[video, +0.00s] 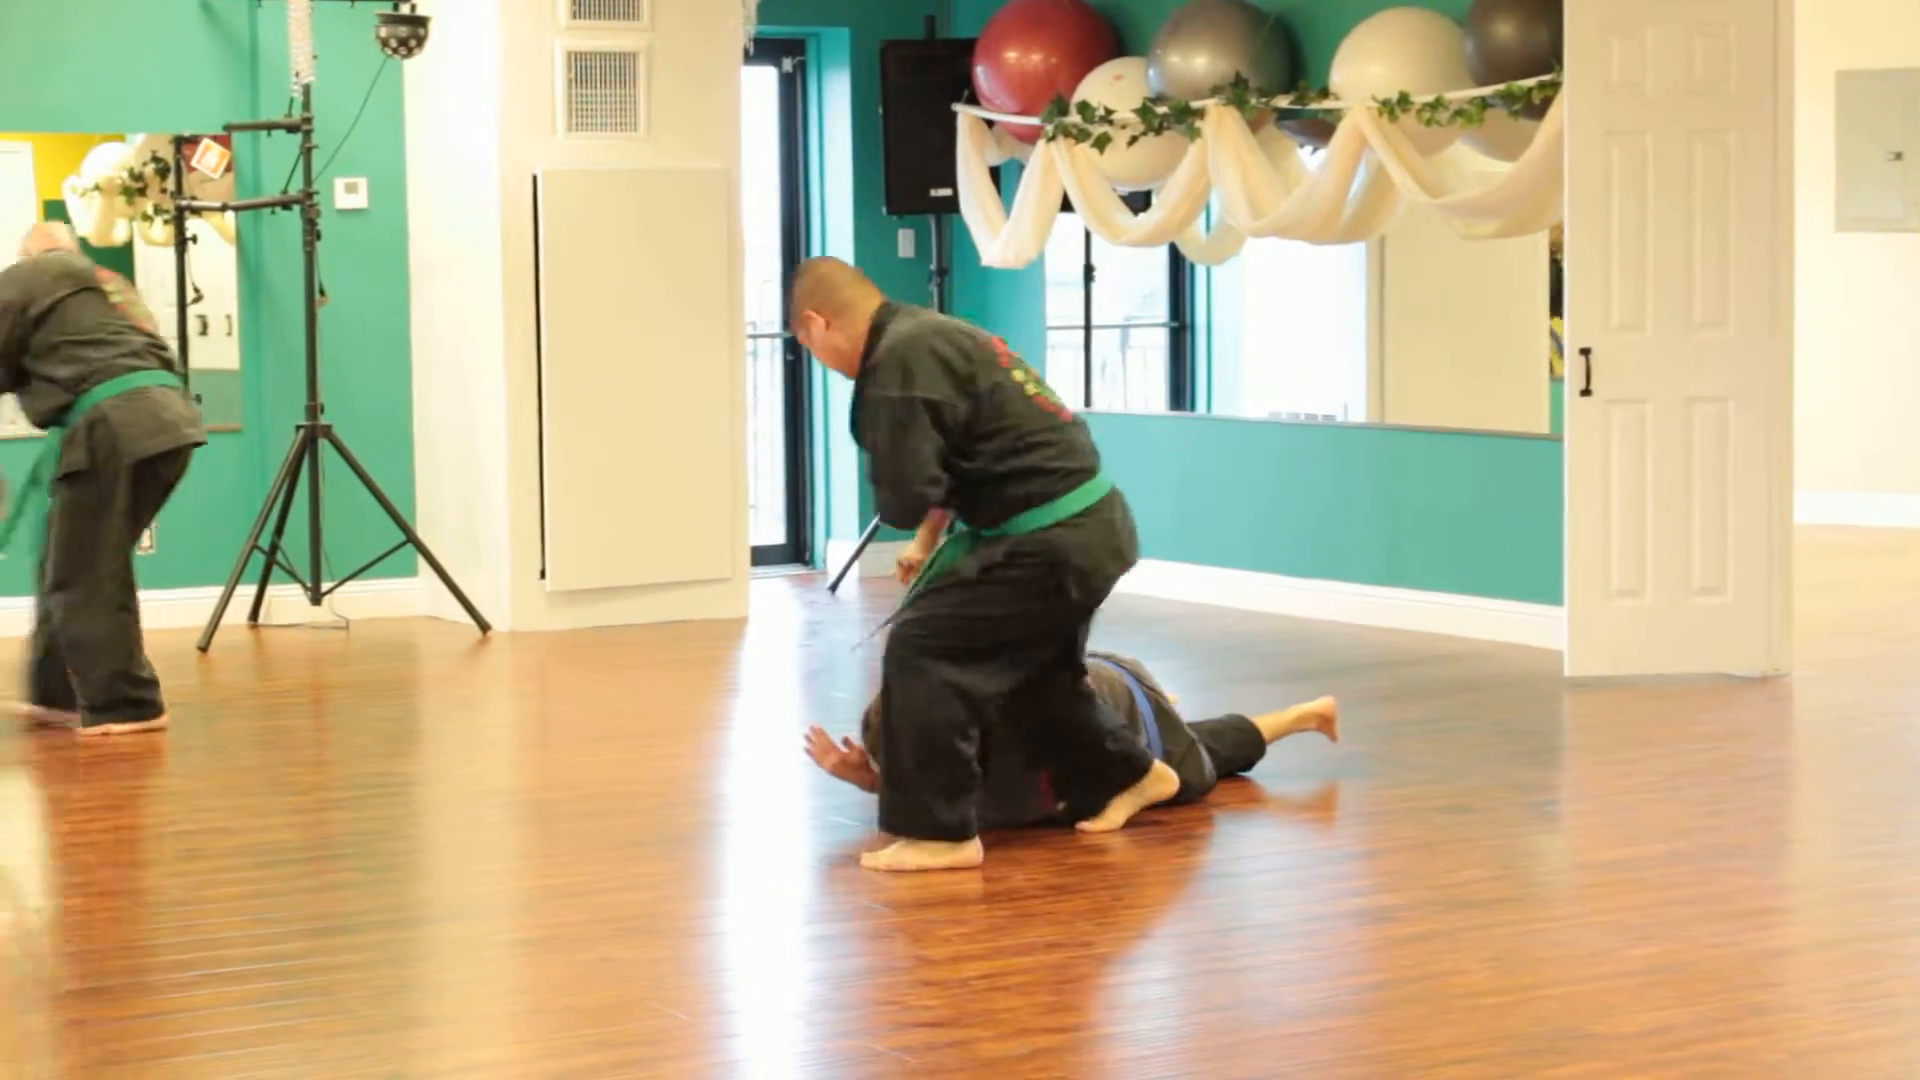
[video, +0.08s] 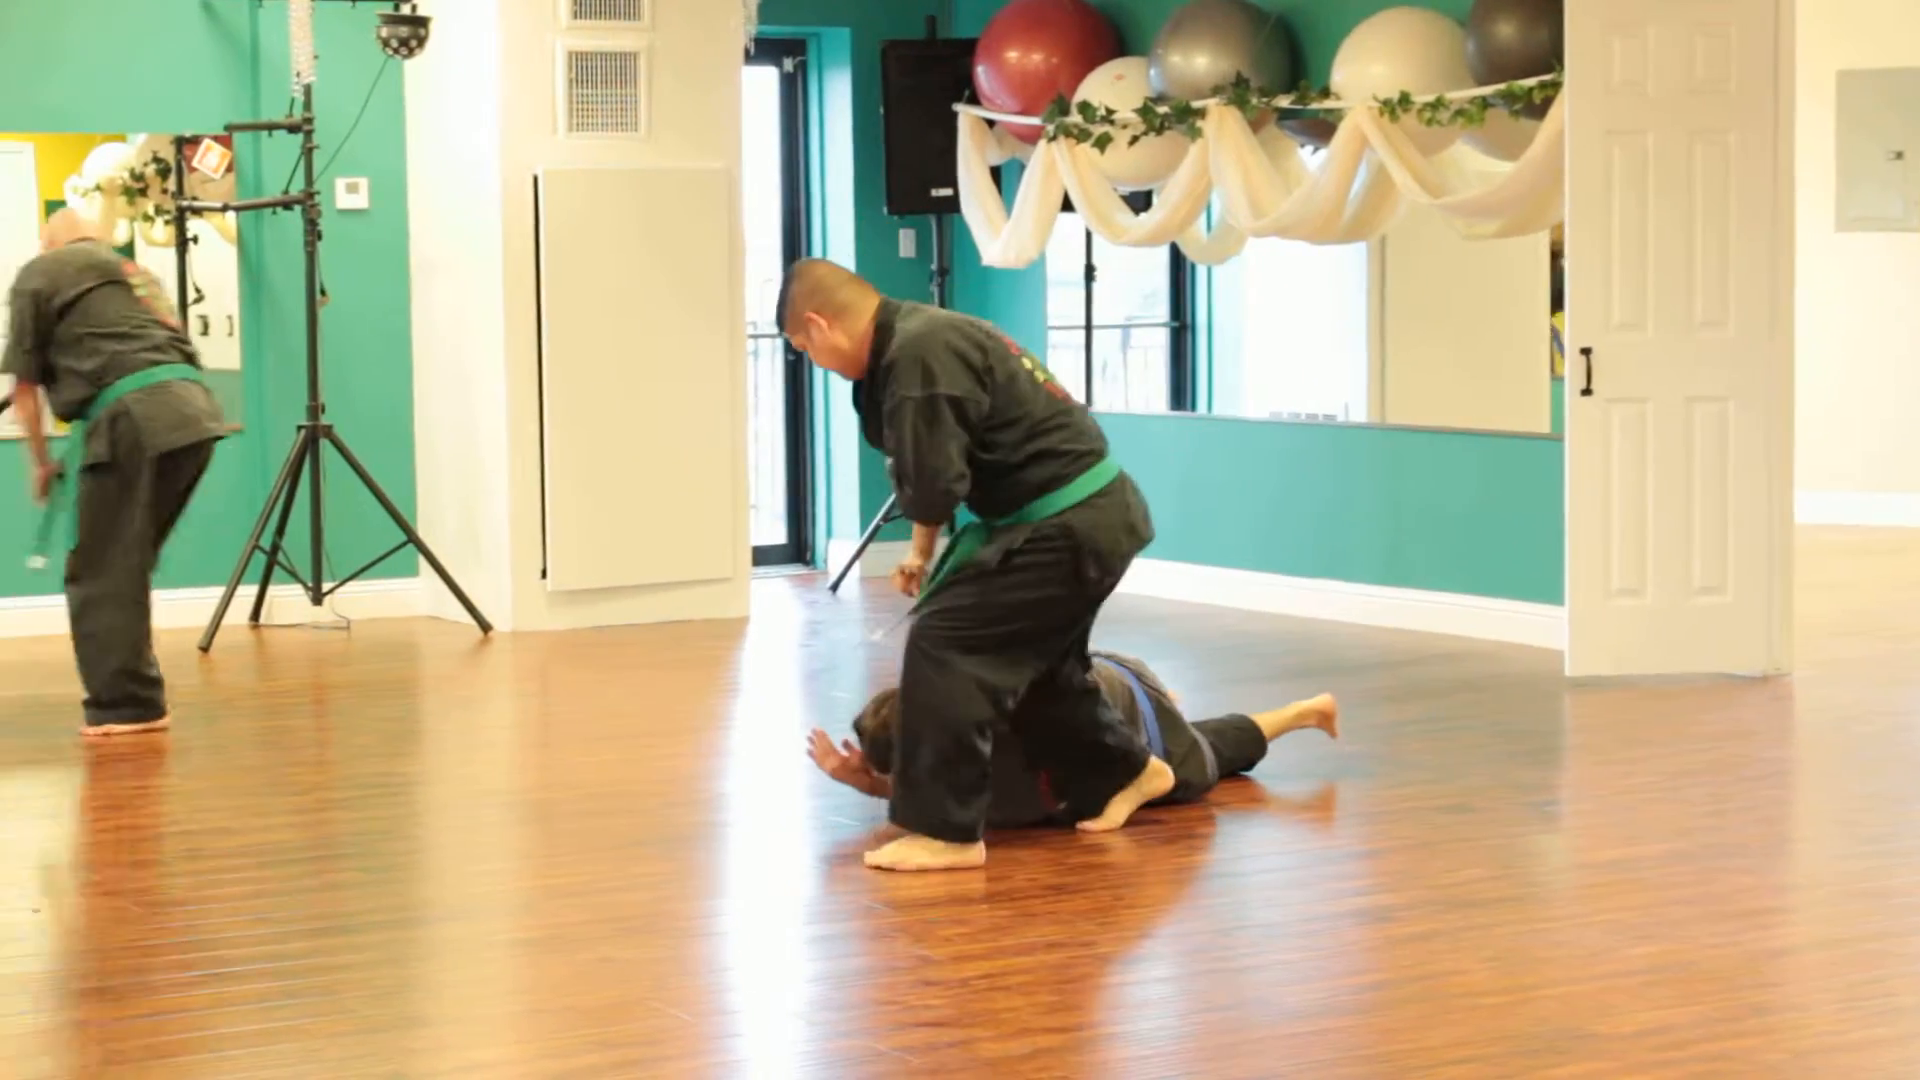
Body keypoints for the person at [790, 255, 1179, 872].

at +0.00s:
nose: (815, 356)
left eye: (806, 340)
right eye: (806, 343)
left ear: (820, 322)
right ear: (865, 298)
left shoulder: (897, 364)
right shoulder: (931, 331)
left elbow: (911, 497)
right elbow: (972, 448)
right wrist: (929, 537)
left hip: (1052, 542)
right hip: (1093, 524)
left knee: (919, 645)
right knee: (1034, 670)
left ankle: (938, 831)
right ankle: (1127, 775)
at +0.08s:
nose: (816, 364)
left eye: (806, 349)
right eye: (806, 353)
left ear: (822, 324)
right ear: (853, 301)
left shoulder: (917, 354)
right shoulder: (925, 333)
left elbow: (931, 487)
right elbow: (934, 467)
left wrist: (922, 552)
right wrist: (921, 550)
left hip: (1068, 523)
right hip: (1093, 512)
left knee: (940, 640)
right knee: (1038, 665)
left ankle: (944, 829)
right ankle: (1127, 770)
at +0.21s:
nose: (819, 360)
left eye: (809, 346)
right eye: (808, 349)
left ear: (826, 318)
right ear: (845, 302)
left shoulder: (928, 347)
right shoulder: (910, 346)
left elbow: (945, 484)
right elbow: (917, 462)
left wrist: (904, 474)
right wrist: (918, 552)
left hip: (1077, 510)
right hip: (1088, 503)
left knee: (954, 638)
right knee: (1041, 668)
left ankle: (950, 832)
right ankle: (1132, 769)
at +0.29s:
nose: (820, 356)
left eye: (810, 341)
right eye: (809, 345)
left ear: (828, 314)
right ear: (845, 300)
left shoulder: (931, 343)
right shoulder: (907, 348)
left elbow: (944, 478)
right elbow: (917, 464)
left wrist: (900, 478)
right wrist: (915, 556)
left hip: (1076, 511)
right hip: (1079, 507)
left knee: (950, 634)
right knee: (1040, 668)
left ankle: (949, 830)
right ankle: (1132, 768)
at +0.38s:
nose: (821, 354)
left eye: (811, 339)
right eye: (810, 343)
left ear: (828, 311)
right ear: (847, 296)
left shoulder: (930, 340)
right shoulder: (913, 342)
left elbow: (935, 474)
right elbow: (919, 471)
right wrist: (914, 564)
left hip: (1072, 512)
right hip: (1075, 509)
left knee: (944, 635)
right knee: (1029, 669)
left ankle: (947, 830)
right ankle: (1130, 768)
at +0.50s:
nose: (815, 352)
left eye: (804, 336)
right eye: (804, 340)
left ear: (822, 309)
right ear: (844, 294)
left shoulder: (923, 337)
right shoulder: (910, 338)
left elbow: (924, 477)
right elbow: (917, 476)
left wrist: (912, 574)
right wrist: (915, 571)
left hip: (1063, 513)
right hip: (1068, 510)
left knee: (936, 636)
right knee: (1025, 678)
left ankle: (944, 830)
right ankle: (1126, 767)